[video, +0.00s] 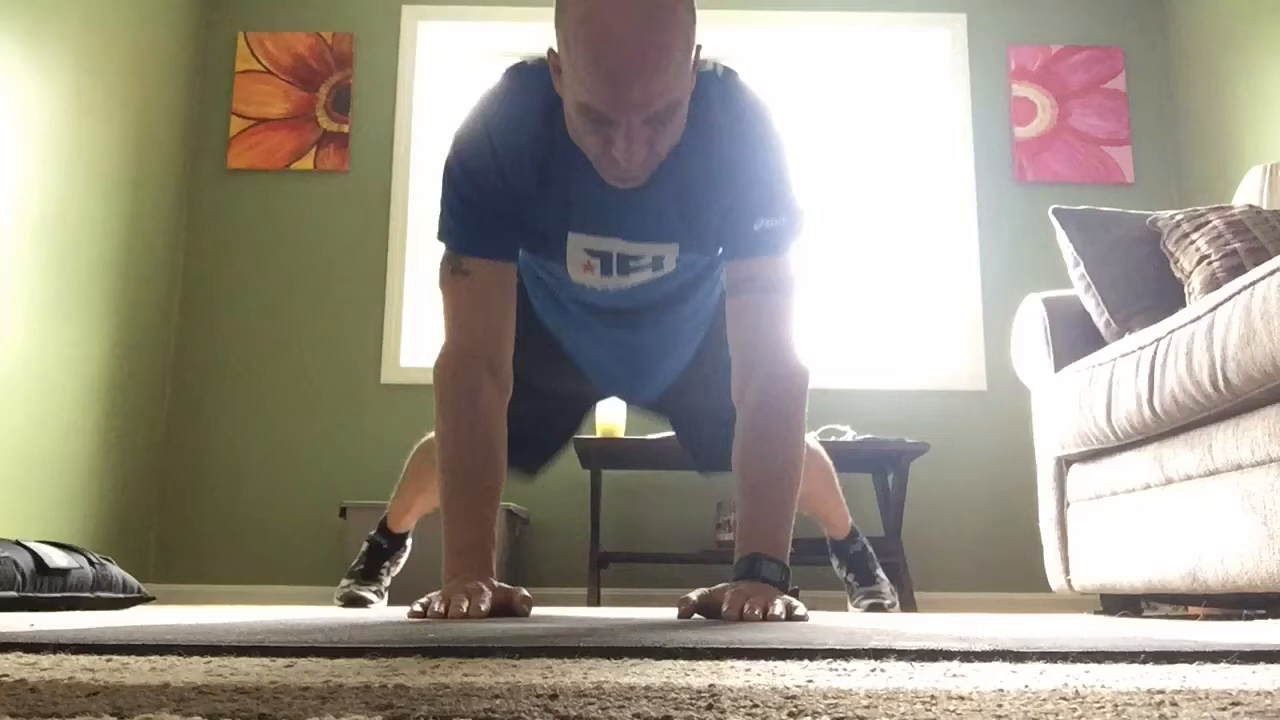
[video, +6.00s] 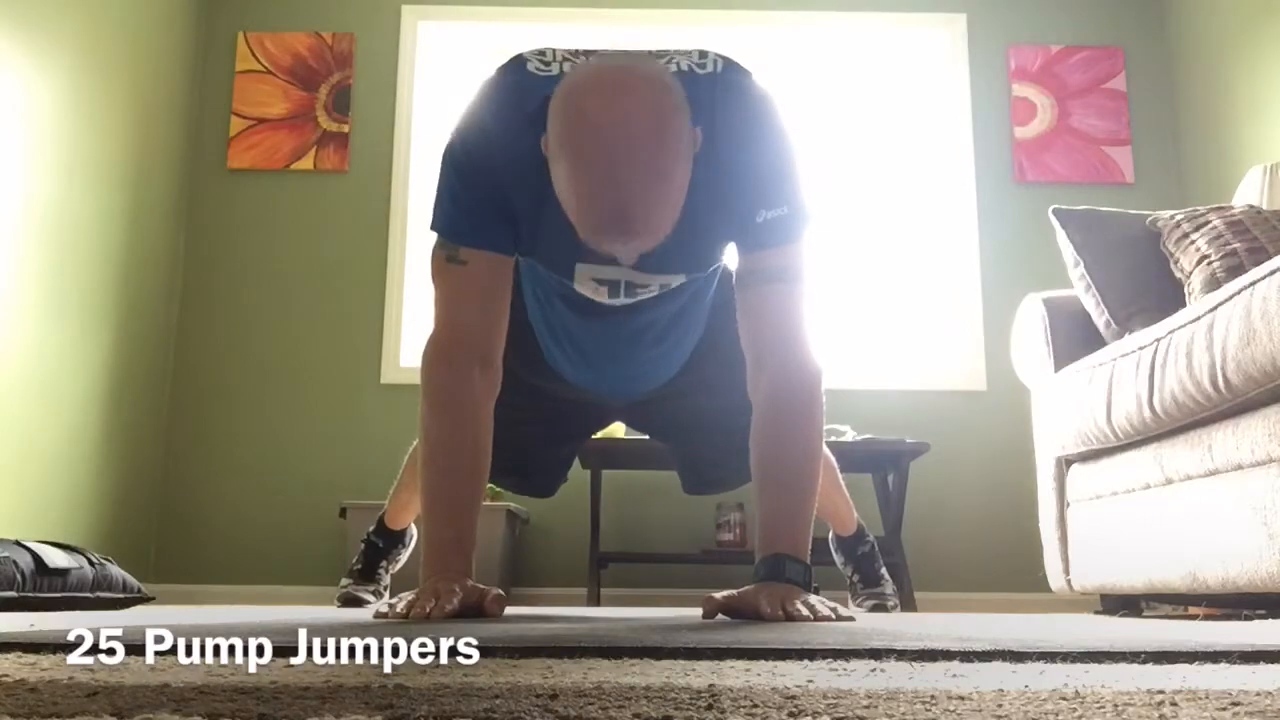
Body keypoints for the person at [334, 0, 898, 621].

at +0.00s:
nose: (629, 153)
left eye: (660, 118)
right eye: (598, 120)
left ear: (694, 68)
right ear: (557, 68)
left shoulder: (739, 130)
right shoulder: (498, 136)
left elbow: (770, 372)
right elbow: (472, 368)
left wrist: (758, 576)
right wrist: (469, 577)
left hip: (690, 328)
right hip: (549, 326)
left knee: (784, 454)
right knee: (457, 452)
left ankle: (850, 546)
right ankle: (386, 536)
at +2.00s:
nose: (605, 283)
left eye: (631, 269)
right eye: (584, 267)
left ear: (672, 167)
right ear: (536, 176)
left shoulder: (731, 154)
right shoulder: (482, 145)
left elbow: (768, 369)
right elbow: (459, 361)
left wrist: (776, 571)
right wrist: (448, 578)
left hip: (671, 330)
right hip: (529, 338)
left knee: (771, 439)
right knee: (449, 452)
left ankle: (854, 549)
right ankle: (374, 534)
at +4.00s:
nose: (609, 90)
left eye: (642, 55)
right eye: (583, 53)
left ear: (684, 60)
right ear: (547, 53)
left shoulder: (733, 129)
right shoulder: (495, 132)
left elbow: (773, 361)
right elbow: (462, 358)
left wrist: (782, 575)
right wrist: (447, 579)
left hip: (689, 358)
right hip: (537, 356)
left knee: (787, 463)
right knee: (448, 456)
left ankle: (858, 554)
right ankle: (381, 546)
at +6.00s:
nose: (623, 270)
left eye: (649, 251)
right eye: (598, 250)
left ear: (694, 144)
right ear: (549, 157)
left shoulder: (743, 121)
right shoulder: (493, 133)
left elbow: (784, 369)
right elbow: (461, 360)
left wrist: (780, 573)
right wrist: (447, 577)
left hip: (693, 317)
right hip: (538, 315)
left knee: (787, 436)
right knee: (457, 422)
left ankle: (857, 544)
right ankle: (386, 536)